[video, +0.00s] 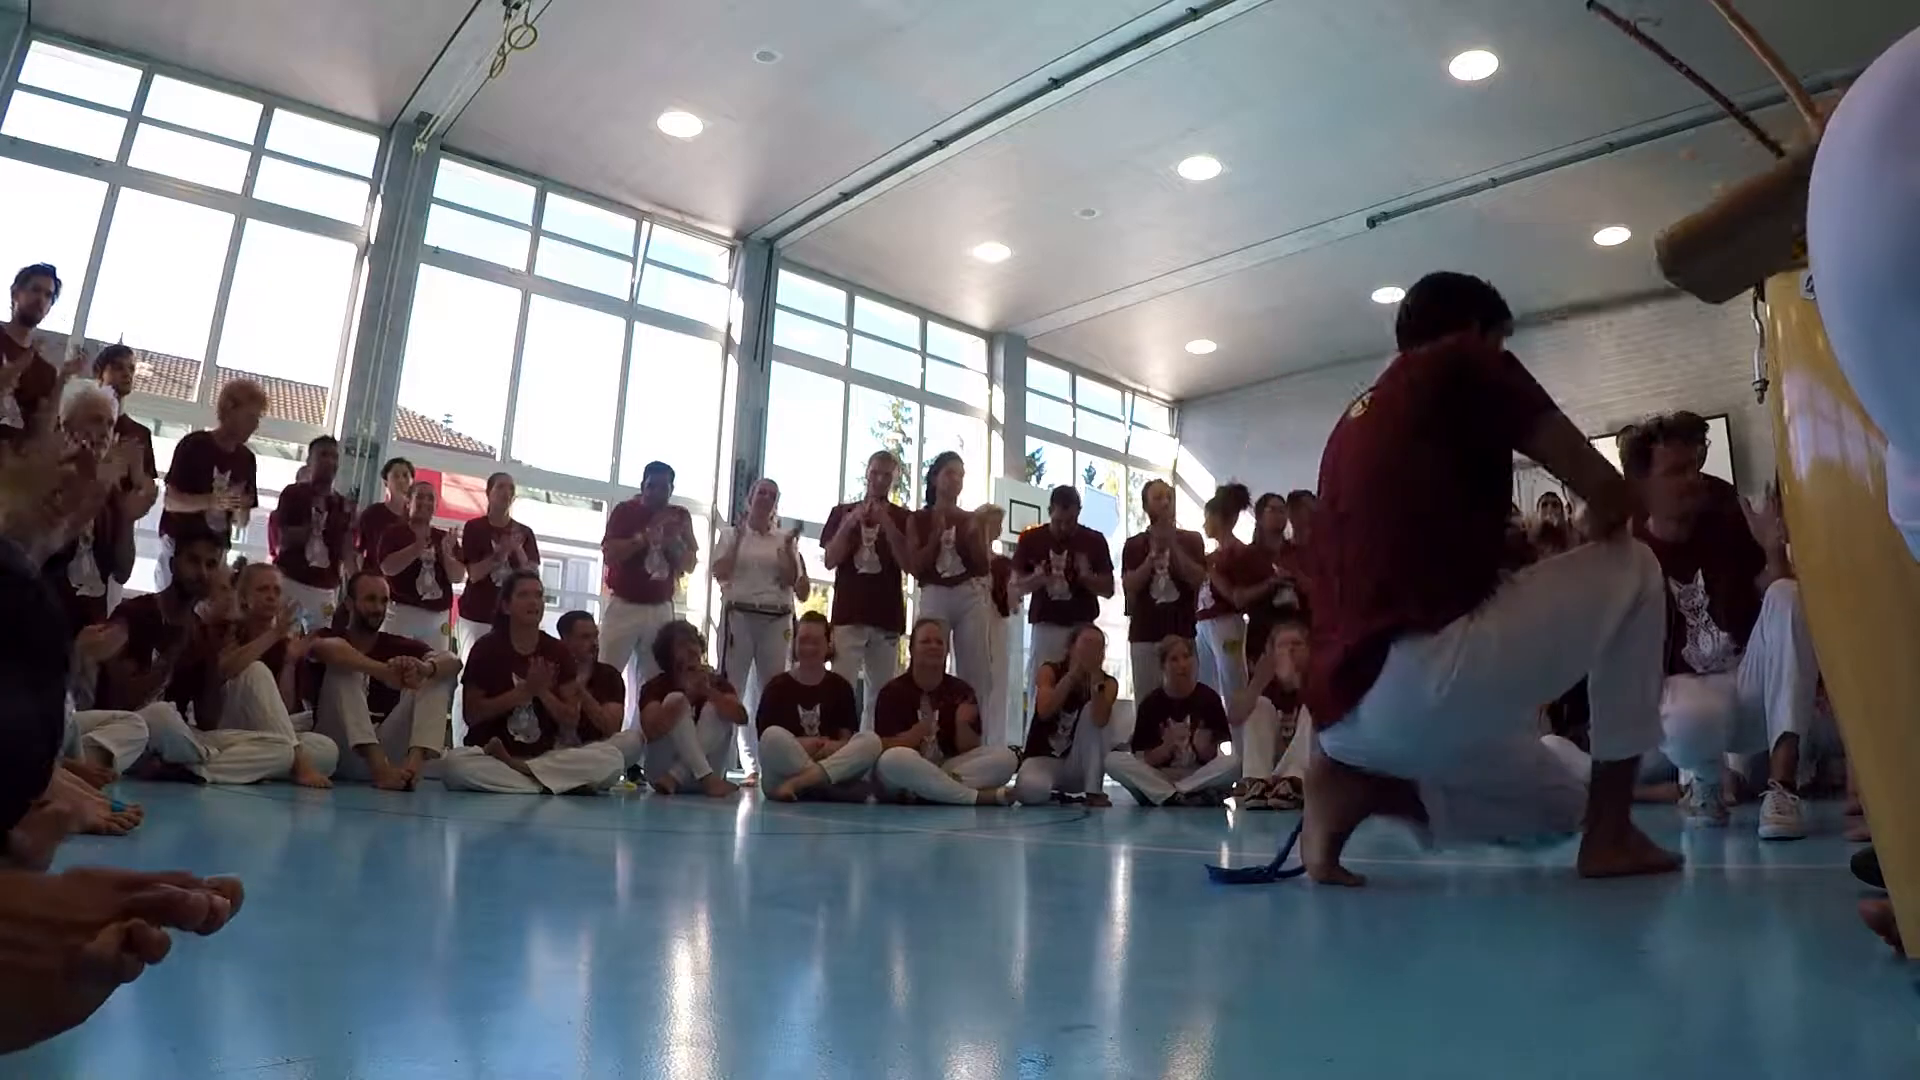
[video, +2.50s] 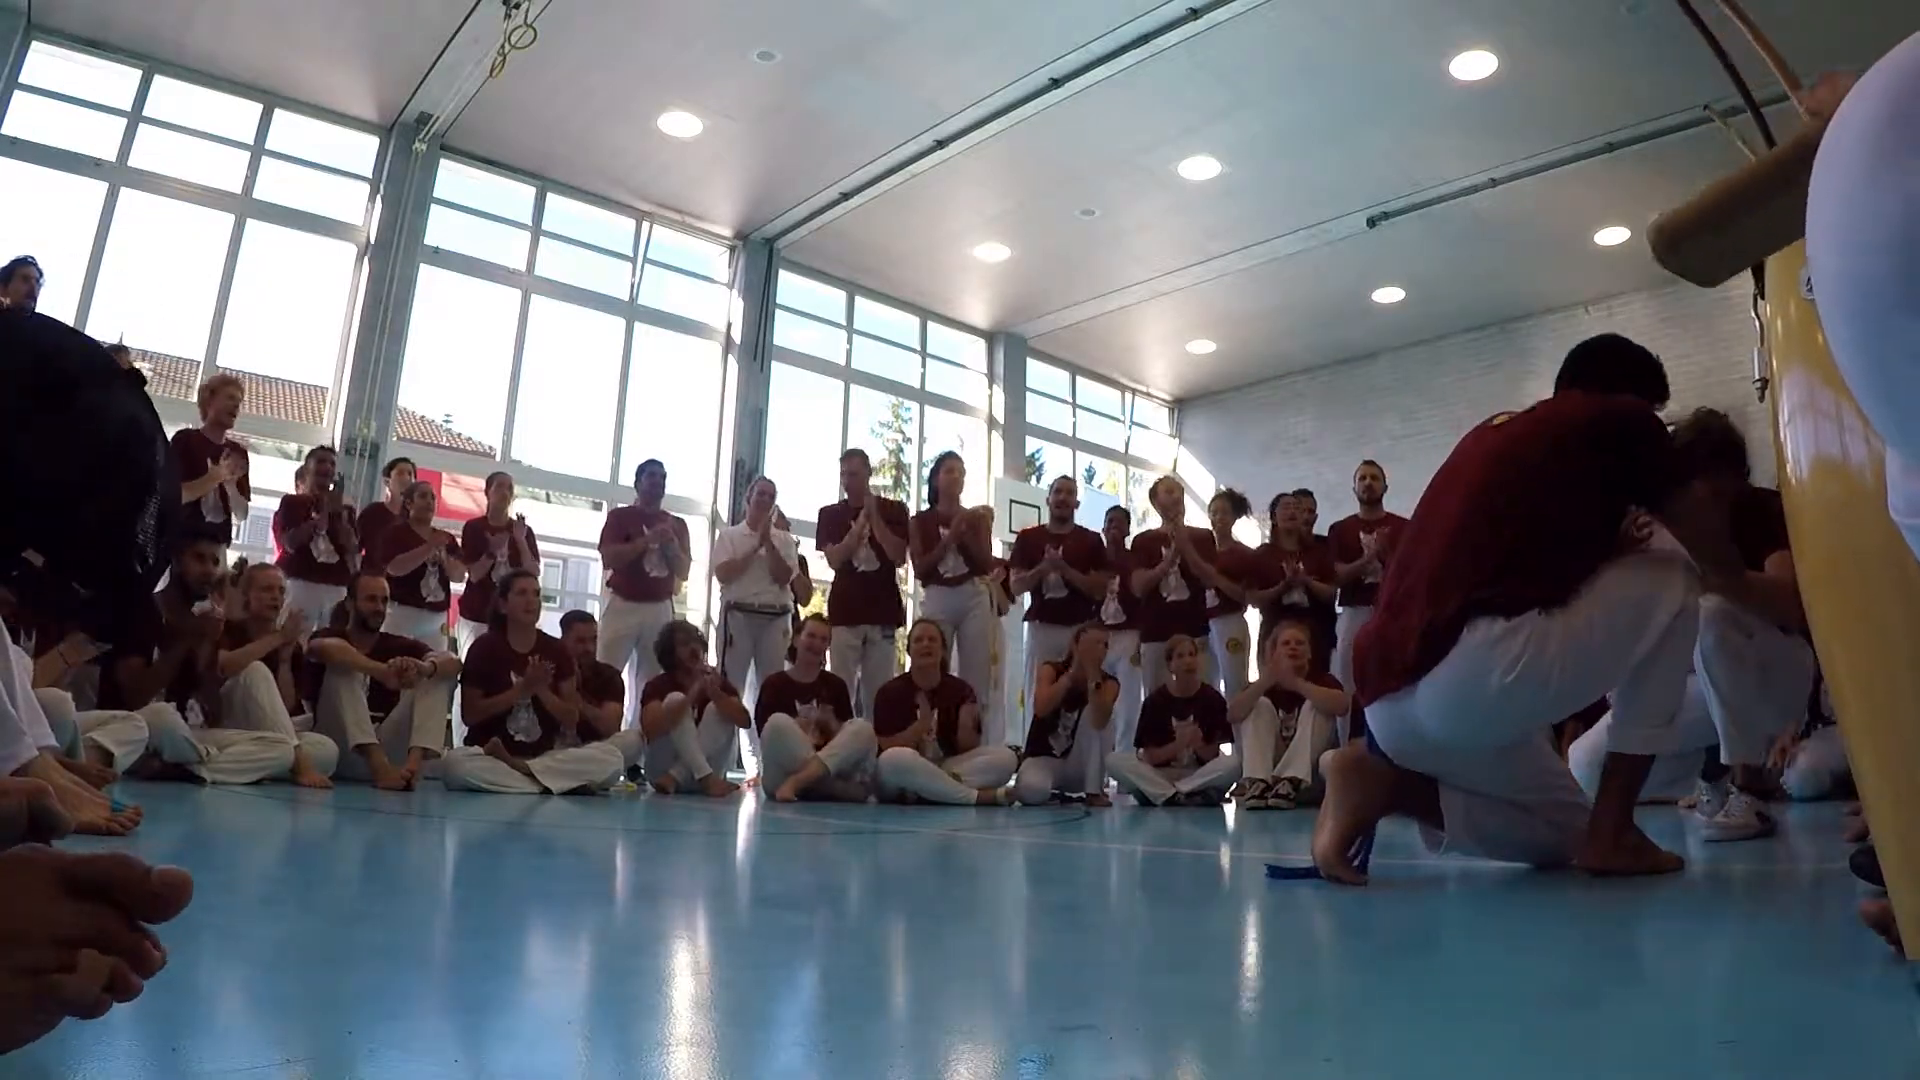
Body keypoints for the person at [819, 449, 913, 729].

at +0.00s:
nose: (878, 479)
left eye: (885, 475)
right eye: (874, 473)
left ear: (895, 478)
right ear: (866, 473)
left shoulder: (903, 517)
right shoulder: (842, 513)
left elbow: (910, 566)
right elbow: (830, 560)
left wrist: (887, 526)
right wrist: (848, 525)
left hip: (887, 619)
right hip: (848, 617)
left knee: (882, 695)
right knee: (842, 692)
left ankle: (880, 755)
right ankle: (839, 755)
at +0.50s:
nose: (877, 483)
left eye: (884, 478)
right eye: (874, 476)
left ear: (894, 479)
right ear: (867, 475)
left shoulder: (905, 517)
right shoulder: (845, 513)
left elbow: (905, 562)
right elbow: (840, 558)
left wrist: (878, 526)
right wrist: (866, 523)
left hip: (888, 617)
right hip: (850, 616)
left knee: (886, 694)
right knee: (841, 691)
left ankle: (883, 757)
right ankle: (837, 755)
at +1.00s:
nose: (882, 493)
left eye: (889, 488)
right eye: (878, 486)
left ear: (898, 486)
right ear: (870, 480)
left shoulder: (908, 519)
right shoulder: (848, 512)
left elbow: (908, 562)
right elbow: (841, 555)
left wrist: (884, 523)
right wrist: (868, 525)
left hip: (889, 619)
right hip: (851, 616)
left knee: (887, 693)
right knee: (844, 690)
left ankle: (882, 756)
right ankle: (840, 753)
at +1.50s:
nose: (881, 486)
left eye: (887, 480)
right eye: (876, 479)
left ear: (896, 480)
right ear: (868, 476)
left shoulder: (909, 516)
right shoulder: (846, 511)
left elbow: (913, 563)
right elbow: (834, 557)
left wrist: (887, 523)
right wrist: (859, 525)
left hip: (888, 618)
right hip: (849, 616)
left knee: (885, 695)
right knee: (841, 690)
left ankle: (881, 757)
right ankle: (838, 753)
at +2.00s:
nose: (863, 477)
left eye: (870, 471)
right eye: (859, 472)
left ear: (882, 472)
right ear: (855, 474)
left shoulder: (904, 513)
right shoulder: (839, 512)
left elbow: (908, 558)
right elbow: (835, 562)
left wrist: (880, 534)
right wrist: (859, 534)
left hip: (888, 617)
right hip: (849, 616)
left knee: (881, 692)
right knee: (846, 691)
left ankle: (879, 754)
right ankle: (844, 755)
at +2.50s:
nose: (846, 479)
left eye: (853, 474)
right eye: (843, 474)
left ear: (868, 474)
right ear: (839, 476)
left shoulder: (894, 510)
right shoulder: (830, 514)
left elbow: (898, 556)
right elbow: (834, 560)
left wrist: (874, 516)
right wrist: (859, 526)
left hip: (883, 615)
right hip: (844, 615)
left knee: (879, 696)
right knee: (840, 693)